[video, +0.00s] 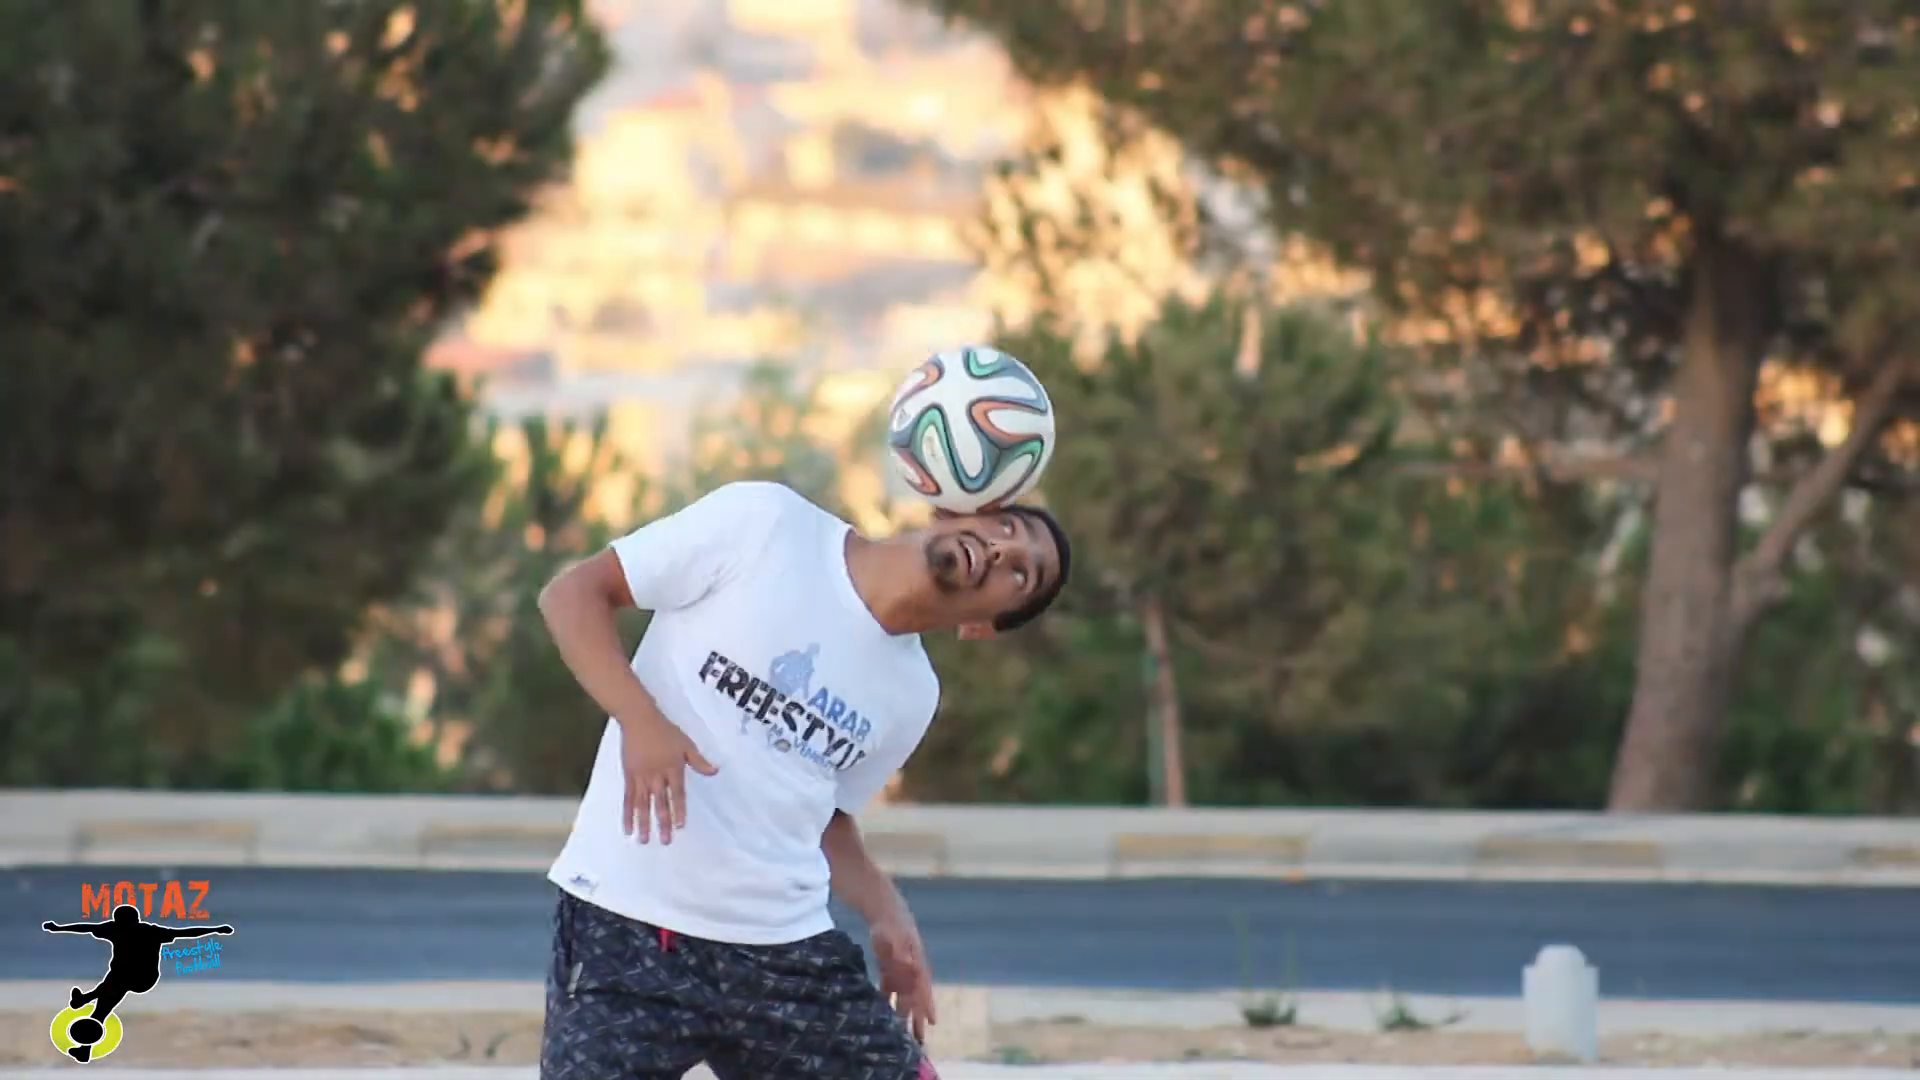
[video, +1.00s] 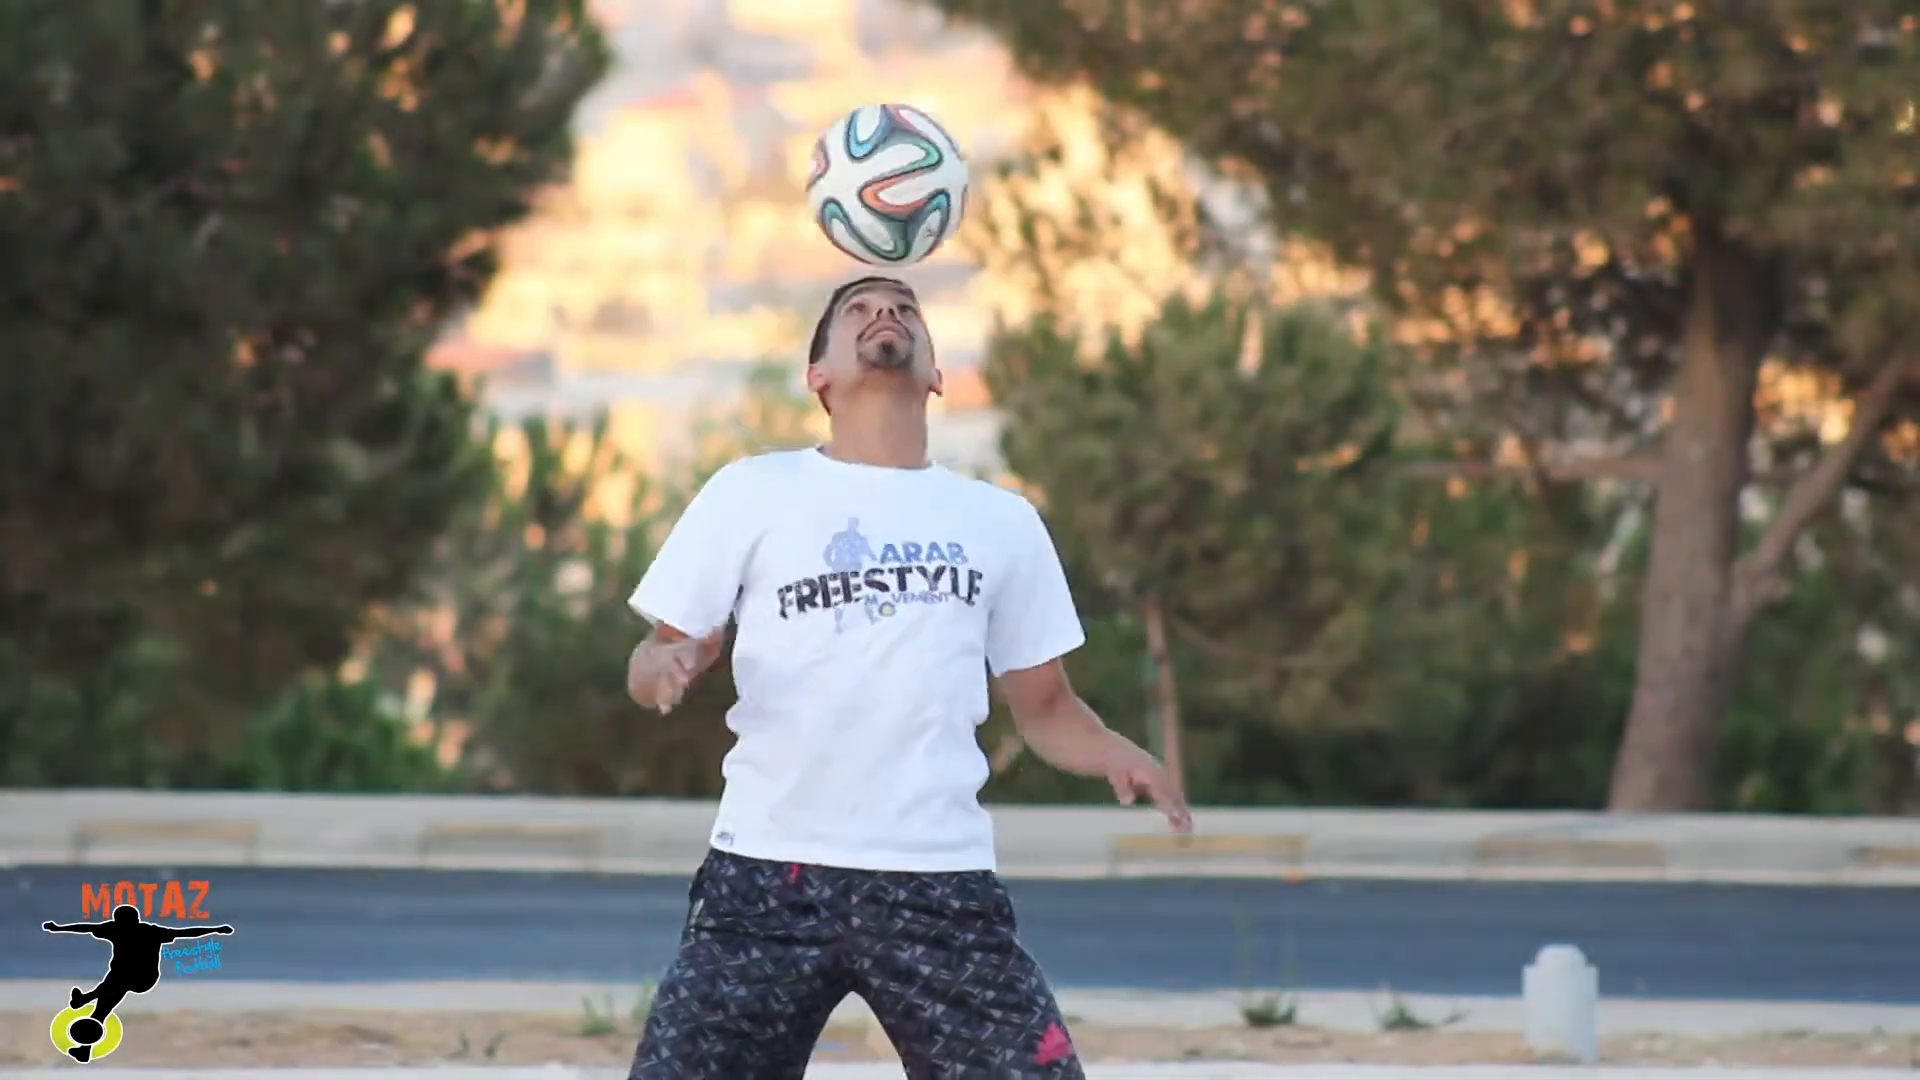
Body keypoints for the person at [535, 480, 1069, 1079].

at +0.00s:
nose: (1000, 548)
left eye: (1021, 574)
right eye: (1006, 524)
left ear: (981, 627)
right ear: (953, 511)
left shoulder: (911, 693)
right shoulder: (764, 521)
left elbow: (828, 814)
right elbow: (572, 594)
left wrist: (885, 912)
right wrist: (641, 718)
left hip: (789, 968)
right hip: (624, 945)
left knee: (904, 1069)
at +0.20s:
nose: (990, 518)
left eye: (1014, 543)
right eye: (992, 498)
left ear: (980, 609)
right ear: (939, 494)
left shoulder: (917, 703)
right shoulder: (751, 519)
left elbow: (862, 842)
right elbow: (566, 599)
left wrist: (906, 916)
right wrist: (595, 695)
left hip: (794, 967)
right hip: (626, 945)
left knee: (919, 1069)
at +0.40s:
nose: (866, 326)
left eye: (900, 324)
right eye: (851, 324)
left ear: (936, 393)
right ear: (823, 387)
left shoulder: (976, 551)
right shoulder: (727, 491)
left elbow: (1032, 723)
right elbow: (632, 643)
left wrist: (1032, 757)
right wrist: (603, 678)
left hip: (904, 918)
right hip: (723, 907)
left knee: (1011, 1071)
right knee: (653, 1071)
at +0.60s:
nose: (755, 362)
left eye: (781, 344)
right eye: (739, 372)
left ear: (849, 374)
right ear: (753, 436)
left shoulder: (979, 485)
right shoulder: (744, 556)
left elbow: (1135, 625)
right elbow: (724, 751)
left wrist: (1064, 636)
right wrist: (656, 761)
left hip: (954, 912)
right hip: (780, 911)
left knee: (1047, 1070)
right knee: (688, 1071)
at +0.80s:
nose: (704, 440)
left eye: (707, 419)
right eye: (689, 461)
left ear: (775, 414)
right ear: (727, 519)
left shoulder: (960, 499)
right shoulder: (746, 605)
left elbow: (1109, 636)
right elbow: (741, 801)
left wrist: (1077, 702)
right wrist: (656, 793)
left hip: (945, 934)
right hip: (772, 933)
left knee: (1043, 1074)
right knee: (673, 1074)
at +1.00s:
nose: (884, 317)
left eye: (905, 315)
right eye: (858, 313)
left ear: (935, 377)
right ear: (819, 377)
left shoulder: (1002, 521)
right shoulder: (748, 492)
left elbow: (1047, 703)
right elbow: (651, 664)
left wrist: (1117, 755)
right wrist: (662, 668)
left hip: (940, 901)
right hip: (763, 891)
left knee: (1039, 1070)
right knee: (676, 1070)